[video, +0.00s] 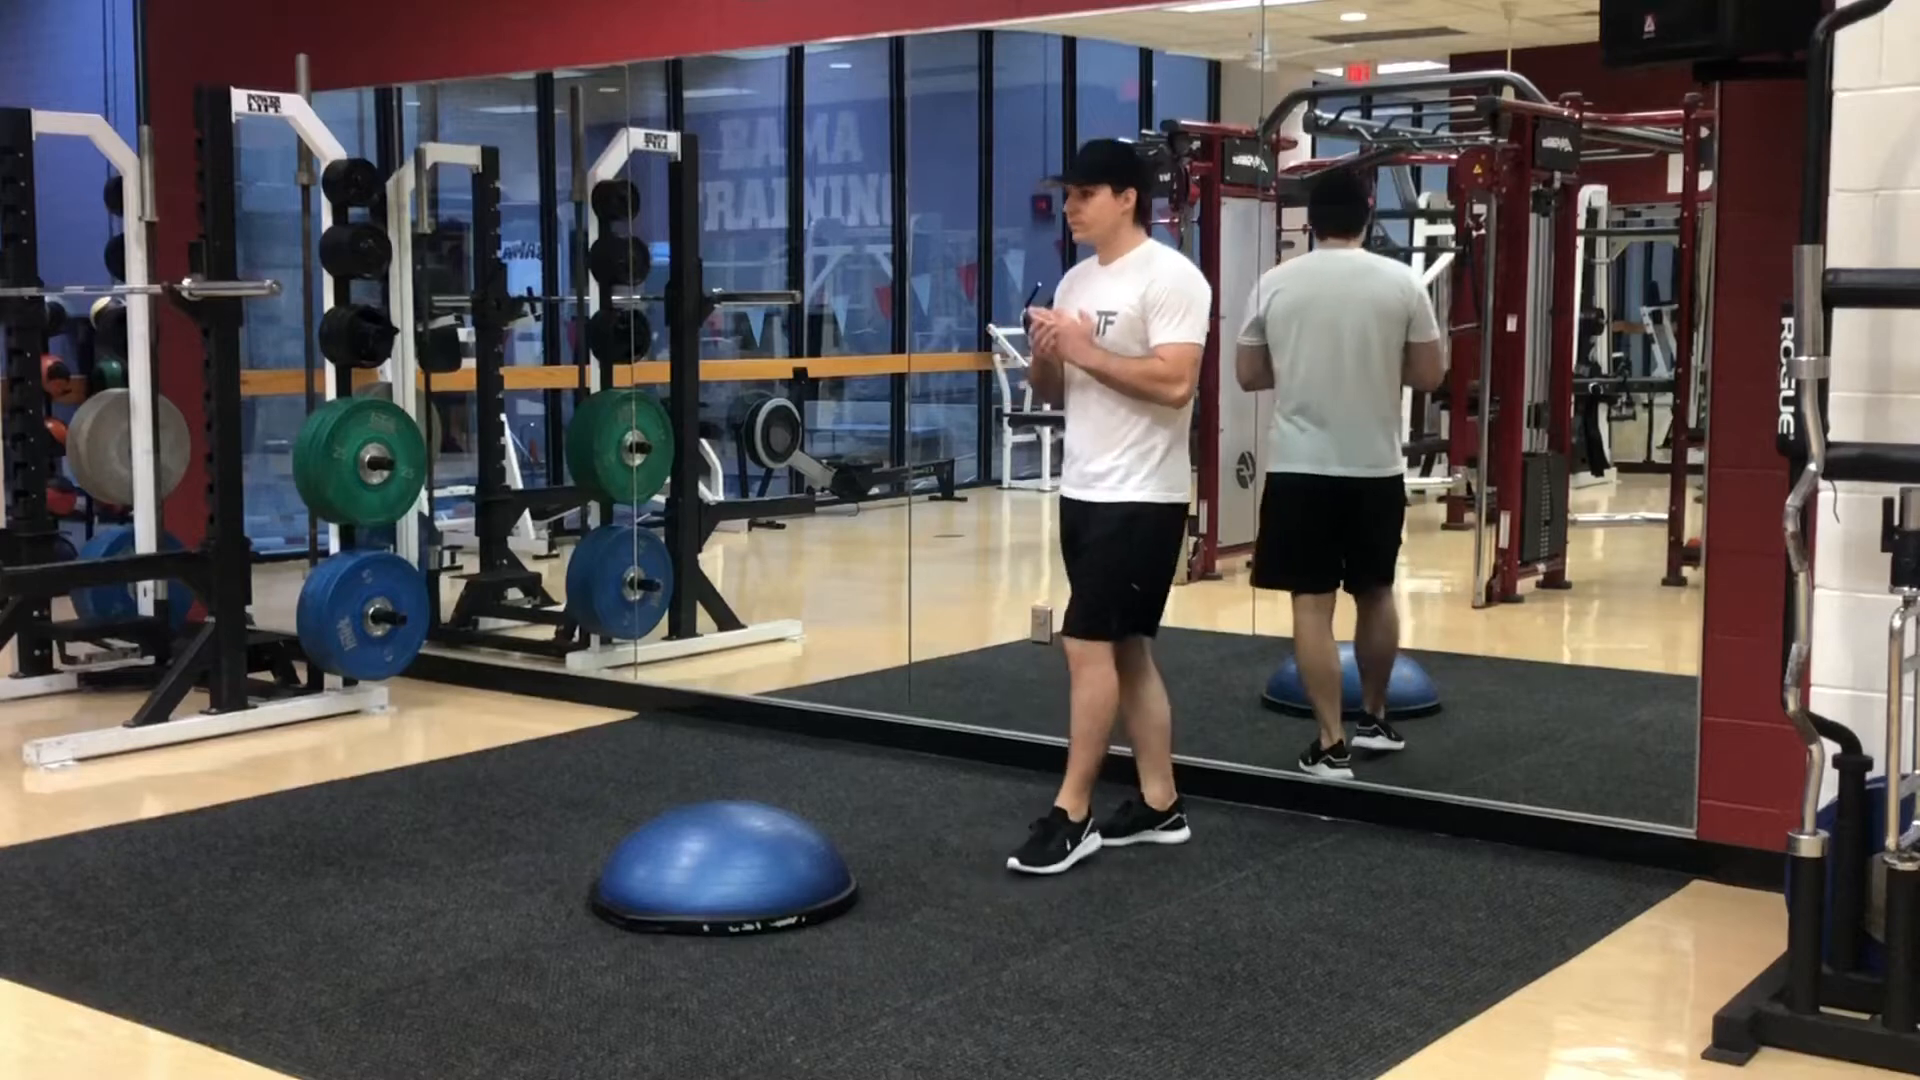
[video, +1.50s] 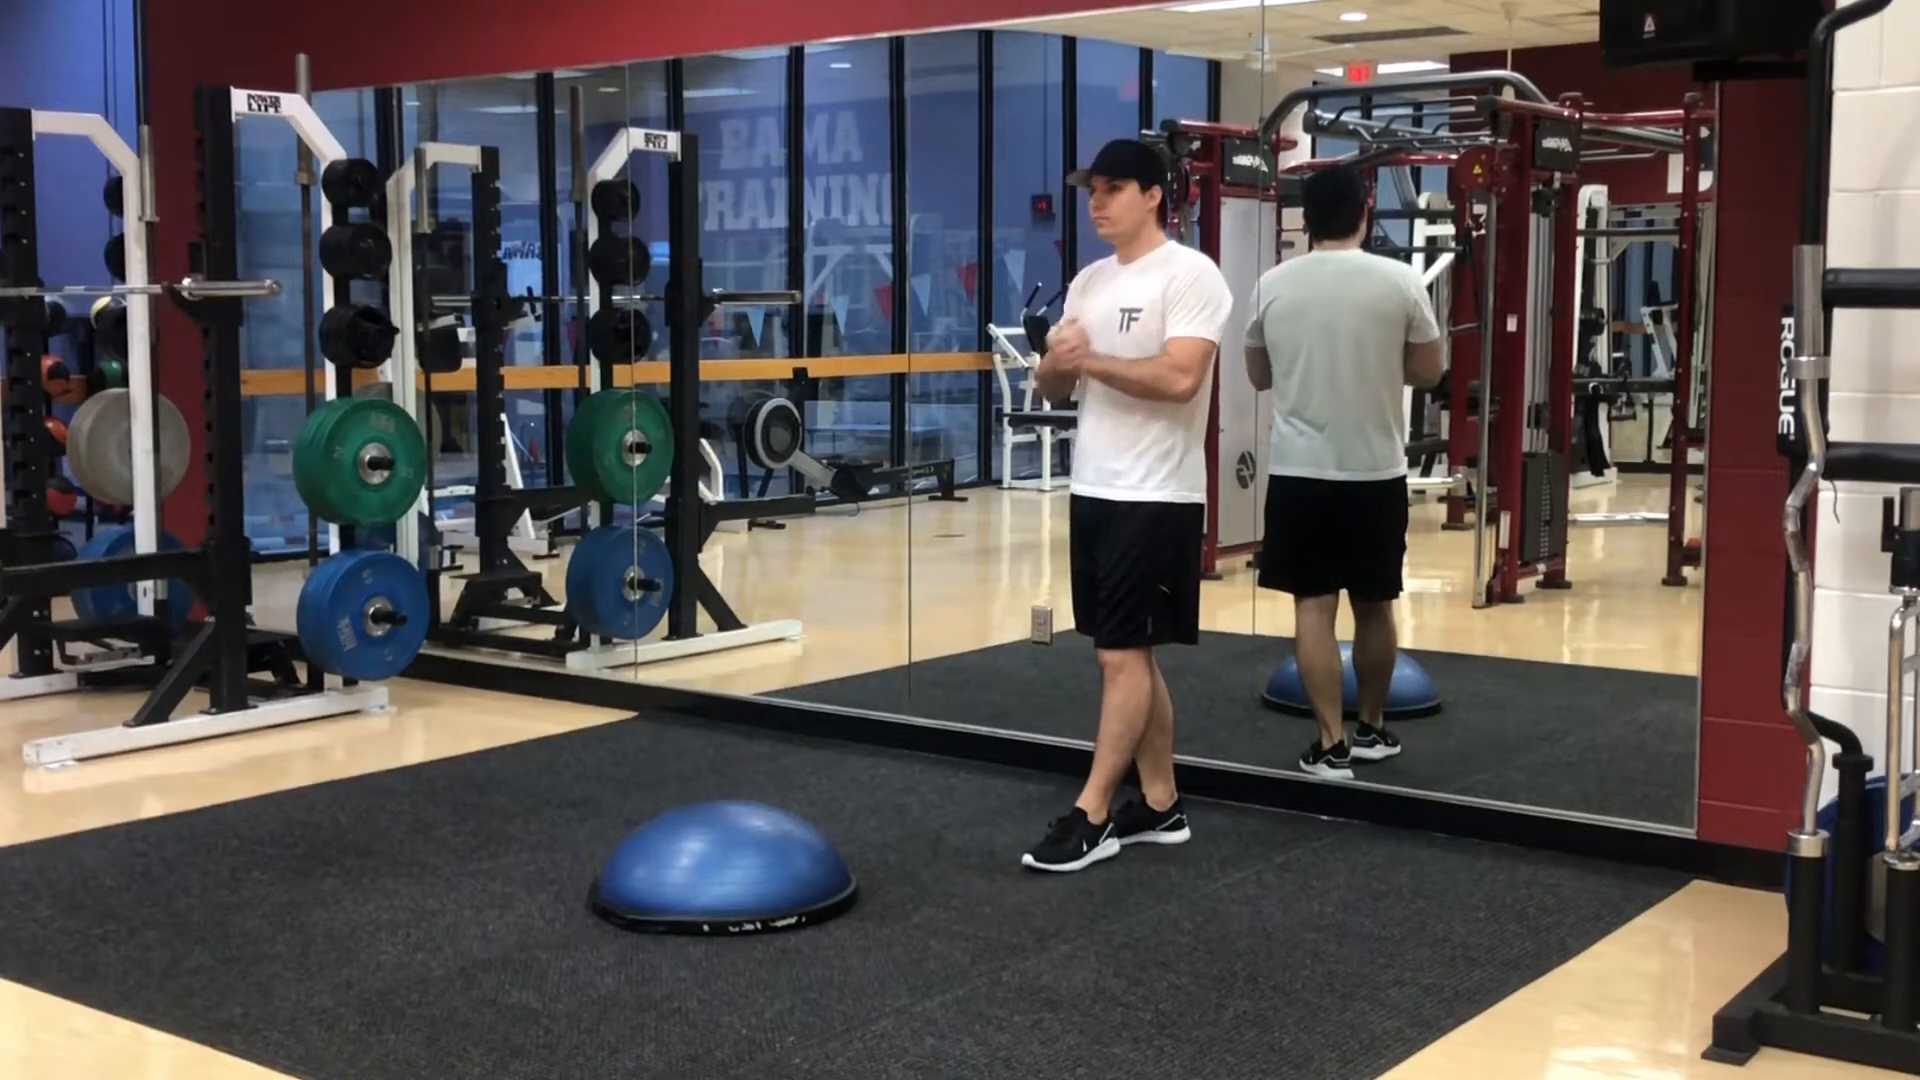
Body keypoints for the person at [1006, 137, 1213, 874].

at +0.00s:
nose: (1071, 209)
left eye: (1084, 195)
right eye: (1069, 196)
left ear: (1125, 198)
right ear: (1090, 203)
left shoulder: (1175, 277)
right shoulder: (1075, 281)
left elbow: (1175, 385)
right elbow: (1051, 393)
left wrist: (1084, 354)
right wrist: (1043, 353)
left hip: (1144, 494)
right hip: (1085, 490)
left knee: (1087, 641)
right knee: (1130, 651)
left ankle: (1071, 810)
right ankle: (1161, 803)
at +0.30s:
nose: (1078, 212)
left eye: (1091, 199)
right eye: (1075, 199)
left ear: (1133, 199)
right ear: (1083, 204)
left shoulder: (1182, 275)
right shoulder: (1081, 282)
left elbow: (1177, 381)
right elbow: (1051, 391)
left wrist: (1086, 352)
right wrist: (1055, 353)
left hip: (1147, 495)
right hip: (1091, 491)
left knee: (1102, 649)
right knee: (1131, 654)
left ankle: (1070, 811)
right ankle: (1160, 803)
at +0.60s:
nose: (1085, 209)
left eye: (1099, 195)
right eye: (1081, 196)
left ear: (1139, 197)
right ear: (1087, 203)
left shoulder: (1184, 274)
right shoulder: (1084, 280)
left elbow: (1175, 380)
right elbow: (1050, 388)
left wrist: (1087, 352)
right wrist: (1058, 344)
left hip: (1148, 492)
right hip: (1089, 489)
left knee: (1113, 649)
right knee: (1126, 650)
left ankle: (1092, 812)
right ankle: (1159, 799)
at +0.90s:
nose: (1091, 206)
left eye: (1104, 192)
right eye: (1086, 194)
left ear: (1146, 195)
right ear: (1089, 201)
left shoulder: (1186, 273)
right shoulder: (1085, 280)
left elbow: (1177, 377)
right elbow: (1044, 384)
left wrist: (1089, 343)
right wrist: (1068, 341)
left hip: (1149, 492)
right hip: (1091, 489)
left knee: (1115, 650)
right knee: (1124, 651)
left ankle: (1091, 811)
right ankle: (1160, 801)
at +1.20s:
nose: (1095, 203)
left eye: (1108, 190)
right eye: (1091, 191)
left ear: (1150, 195)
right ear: (1094, 199)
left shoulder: (1190, 275)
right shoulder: (1084, 280)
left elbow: (1180, 377)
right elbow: (1046, 386)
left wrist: (1091, 355)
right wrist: (1058, 351)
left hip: (1154, 491)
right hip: (1093, 488)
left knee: (1119, 651)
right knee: (1126, 652)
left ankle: (1091, 812)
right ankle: (1161, 801)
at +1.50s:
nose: (1097, 205)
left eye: (1111, 191)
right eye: (1093, 193)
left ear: (1152, 196)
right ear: (1095, 199)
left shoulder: (1193, 274)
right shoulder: (1088, 281)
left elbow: (1180, 379)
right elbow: (1051, 386)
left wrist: (1087, 363)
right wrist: (1054, 361)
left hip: (1156, 492)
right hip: (1095, 489)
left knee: (1121, 652)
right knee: (1128, 653)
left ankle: (1091, 813)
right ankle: (1161, 802)